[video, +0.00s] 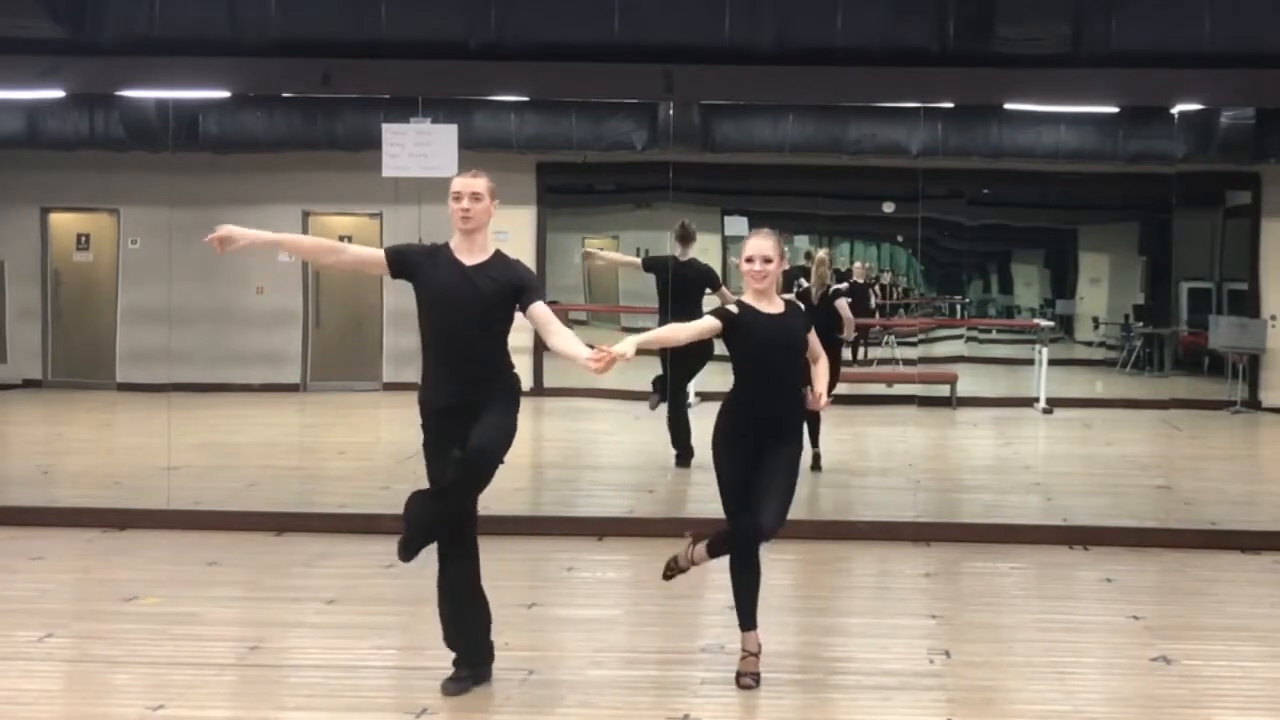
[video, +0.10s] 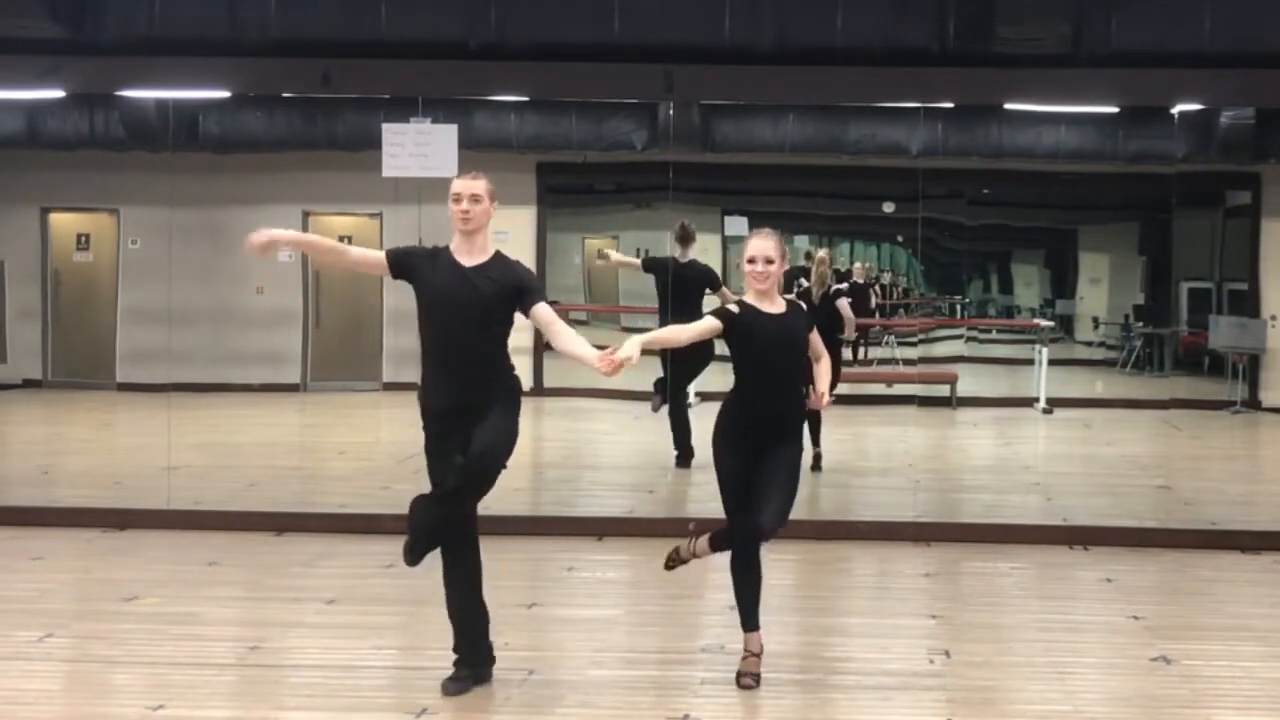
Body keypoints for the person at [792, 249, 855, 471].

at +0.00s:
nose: (821, 270)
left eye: (818, 265)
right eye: (825, 266)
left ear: (812, 269)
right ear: (830, 269)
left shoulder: (802, 292)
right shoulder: (835, 292)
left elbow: (790, 313)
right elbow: (848, 316)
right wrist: (848, 335)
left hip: (807, 343)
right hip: (830, 342)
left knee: (810, 396)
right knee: (829, 384)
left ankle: (815, 449)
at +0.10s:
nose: (820, 270)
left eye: (818, 265)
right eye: (824, 266)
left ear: (812, 269)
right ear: (830, 269)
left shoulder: (803, 292)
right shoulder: (835, 291)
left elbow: (793, 316)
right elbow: (849, 316)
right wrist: (849, 334)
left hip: (807, 344)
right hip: (830, 343)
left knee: (811, 397)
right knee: (829, 384)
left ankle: (816, 448)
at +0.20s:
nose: (821, 268)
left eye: (820, 263)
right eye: (824, 263)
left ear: (813, 267)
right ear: (831, 268)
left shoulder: (803, 290)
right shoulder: (836, 291)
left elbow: (792, 315)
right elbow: (850, 316)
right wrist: (850, 334)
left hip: (807, 345)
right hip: (831, 344)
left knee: (811, 399)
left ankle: (817, 448)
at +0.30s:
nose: (822, 268)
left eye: (822, 263)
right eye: (824, 263)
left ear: (814, 265)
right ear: (832, 267)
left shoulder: (802, 286)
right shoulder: (839, 290)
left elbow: (788, 310)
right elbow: (858, 316)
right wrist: (851, 338)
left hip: (804, 344)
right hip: (829, 345)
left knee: (806, 396)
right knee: (820, 396)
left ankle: (818, 445)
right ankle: (818, 445)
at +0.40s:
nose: (825, 268)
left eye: (825, 264)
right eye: (825, 264)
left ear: (816, 267)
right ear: (833, 268)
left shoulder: (804, 291)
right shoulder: (841, 292)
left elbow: (793, 316)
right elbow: (861, 319)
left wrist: (800, 336)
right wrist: (851, 338)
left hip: (808, 349)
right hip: (833, 349)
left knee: (811, 399)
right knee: (834, 394)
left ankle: (817, 449)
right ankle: (837, 432)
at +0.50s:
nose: (826, 267)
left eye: (825, 263)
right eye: (827, 263)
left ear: (817, 266)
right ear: (833, 267)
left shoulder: (805, 290)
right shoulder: (842, 290)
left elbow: (792, 316)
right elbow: (862, 319)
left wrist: (800, 335)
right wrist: (851, 337)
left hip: (809, 350)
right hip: (833, 349)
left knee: (813, 401)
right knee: (834, 396)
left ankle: (817, 449)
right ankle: (839, 433)